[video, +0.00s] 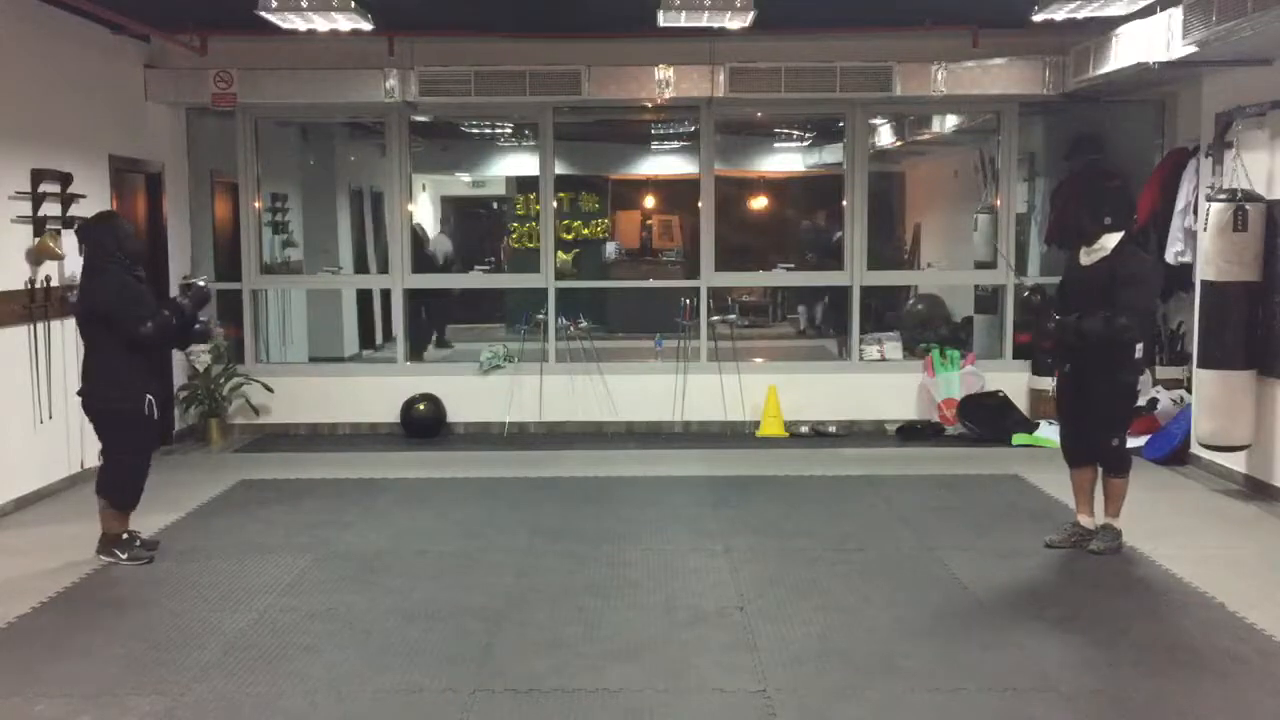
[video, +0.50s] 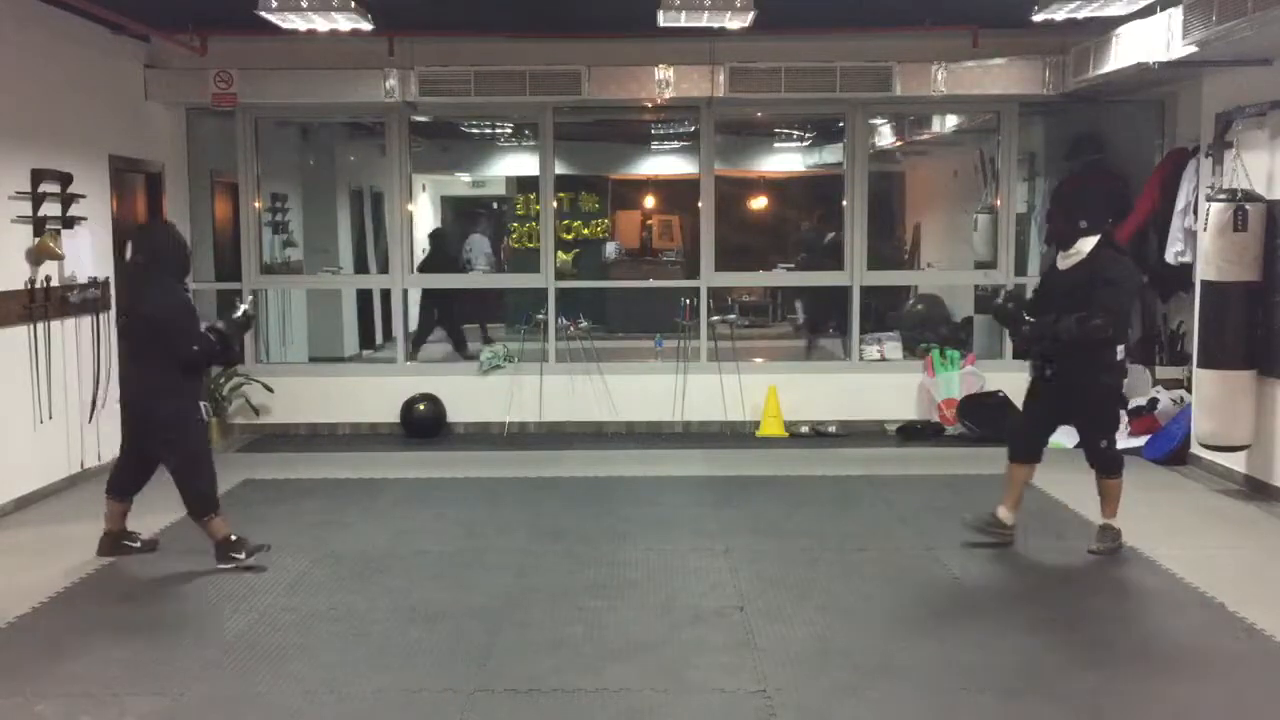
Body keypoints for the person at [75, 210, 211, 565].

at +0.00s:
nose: (137, 241)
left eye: (134, 234)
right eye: (129, 236)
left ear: (102, 243)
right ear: (113, 242)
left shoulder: (115, 277)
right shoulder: (111, 281)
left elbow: (144, 329)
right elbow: (143, 332)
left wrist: (186, 330)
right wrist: (185, 306)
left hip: (124, 388)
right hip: (121, 390)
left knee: (126, 458)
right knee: (125, 459)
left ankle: (118, 534)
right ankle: (112, 538)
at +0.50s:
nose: (187, 259)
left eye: (184, 252)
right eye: (182, 252)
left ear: (140, 255)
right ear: (172, 256)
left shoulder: (133, 288)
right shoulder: (167, 295)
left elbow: (165, 347)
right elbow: (190, 354)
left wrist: (211, 335)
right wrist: (226, 334)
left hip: (140, 397)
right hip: (171, 400)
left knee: (134, 461)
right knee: (194, 466)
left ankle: (114, 533)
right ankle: (225, 541)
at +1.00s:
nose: (261, 248)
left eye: (259, 240)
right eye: (257, 240)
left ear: (214, 245)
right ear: (247, 245)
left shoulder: (194, 290)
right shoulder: (242, 289)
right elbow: (272, 346)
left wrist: (289, 319)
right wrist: (301, 320)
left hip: (202, 391)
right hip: (234, 393)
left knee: (227, 456)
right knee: (244, 459)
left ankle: (230, 536)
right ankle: (233, 547)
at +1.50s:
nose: (325, 253)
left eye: (322, 246)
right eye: (322, 246)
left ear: (283, 249)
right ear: (316, 250)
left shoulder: (267, 288)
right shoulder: (311, 293)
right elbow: (341, 335)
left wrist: (352, 314)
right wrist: (373, 321)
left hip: (268, 389)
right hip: (305, 391)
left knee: (285, 453)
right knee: (329, 458)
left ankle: (245, 523)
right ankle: (327, 539)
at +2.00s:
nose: (427, 260)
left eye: (428, 254)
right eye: (422, 254)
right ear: (407, 256)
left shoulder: (370, 287)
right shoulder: (393, 292)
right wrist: (428, 282)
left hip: (360, 403)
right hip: (385, 405)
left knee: (350, 467)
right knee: (437, 462)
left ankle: (296, 524)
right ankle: (462, 533)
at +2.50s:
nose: (430, 276)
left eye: (428, 269)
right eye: (425, 269)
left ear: (389, 271)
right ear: (413, 272)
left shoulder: (374, 302)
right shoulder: (409, 306)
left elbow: (438, 338)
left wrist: (469, 357)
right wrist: (462, 362)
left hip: (380, 395)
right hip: (410, 398)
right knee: (445, 456)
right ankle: (463, 529)